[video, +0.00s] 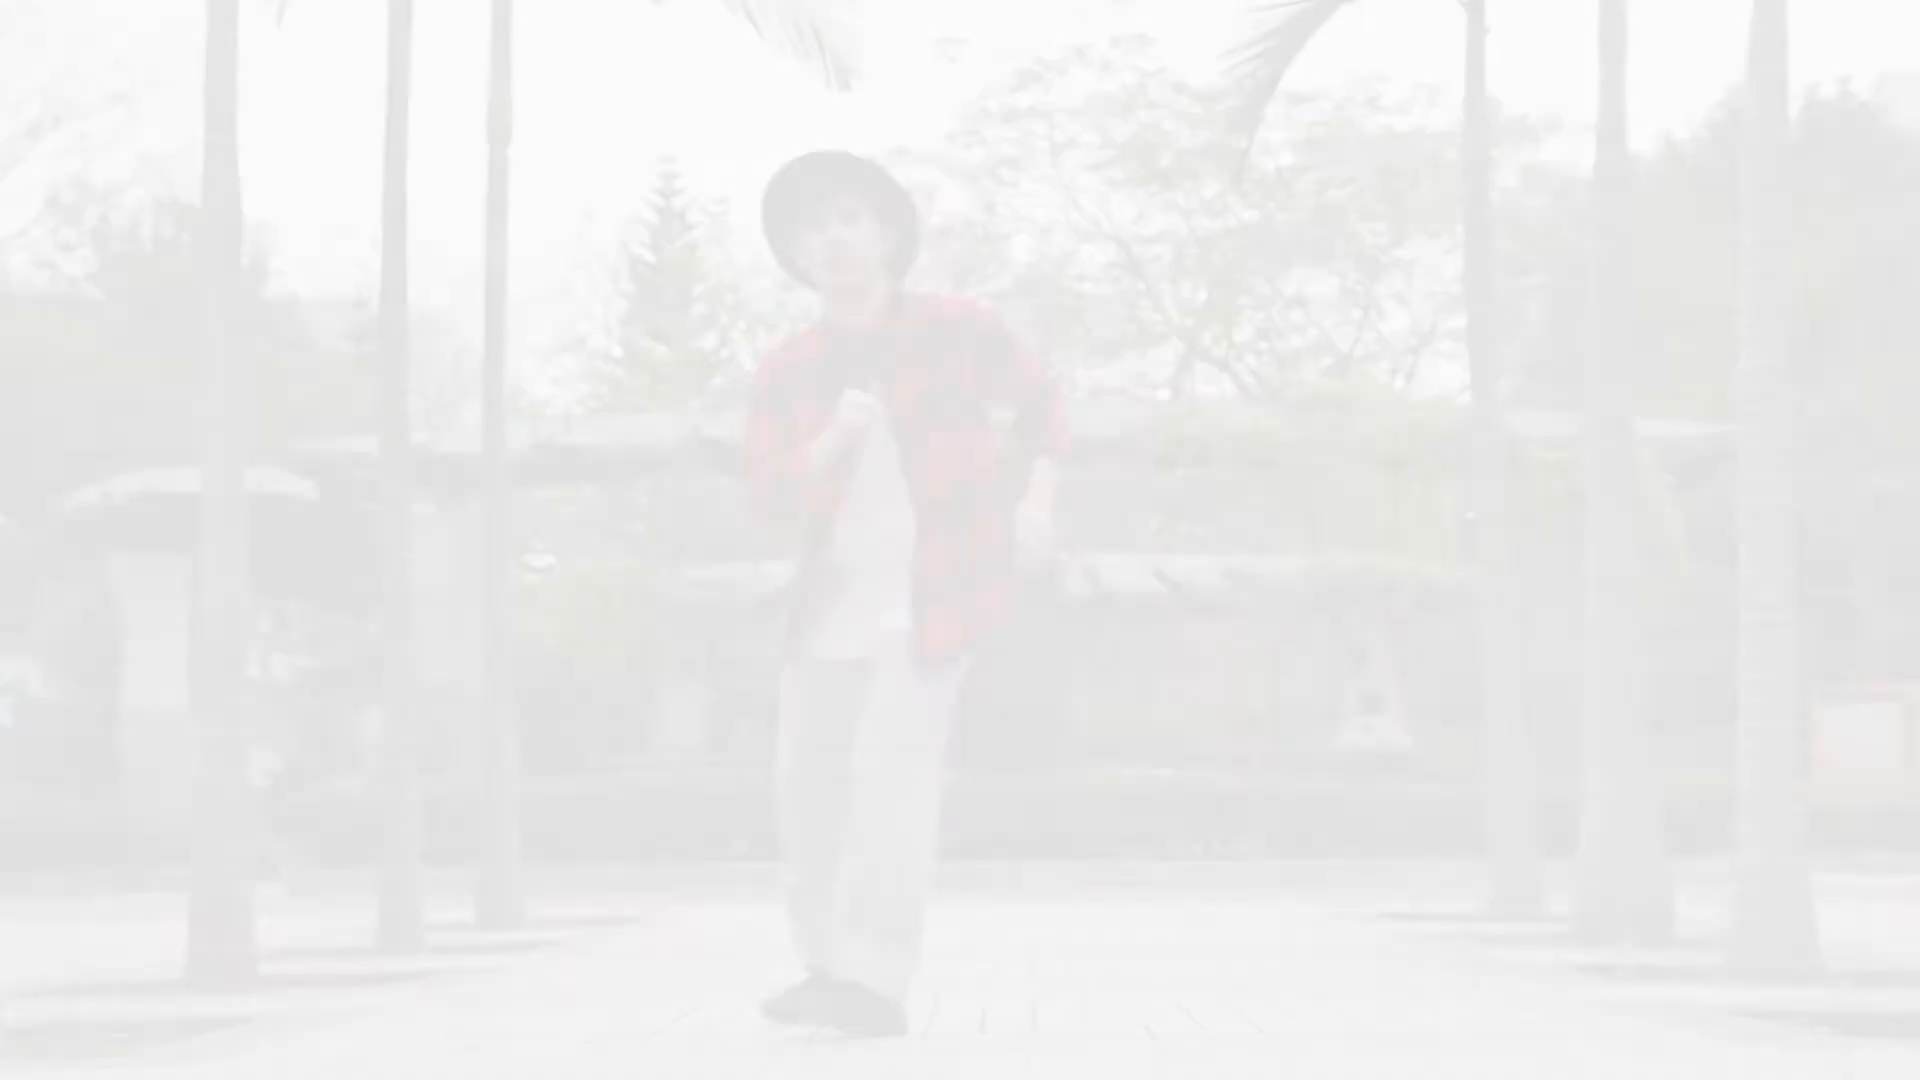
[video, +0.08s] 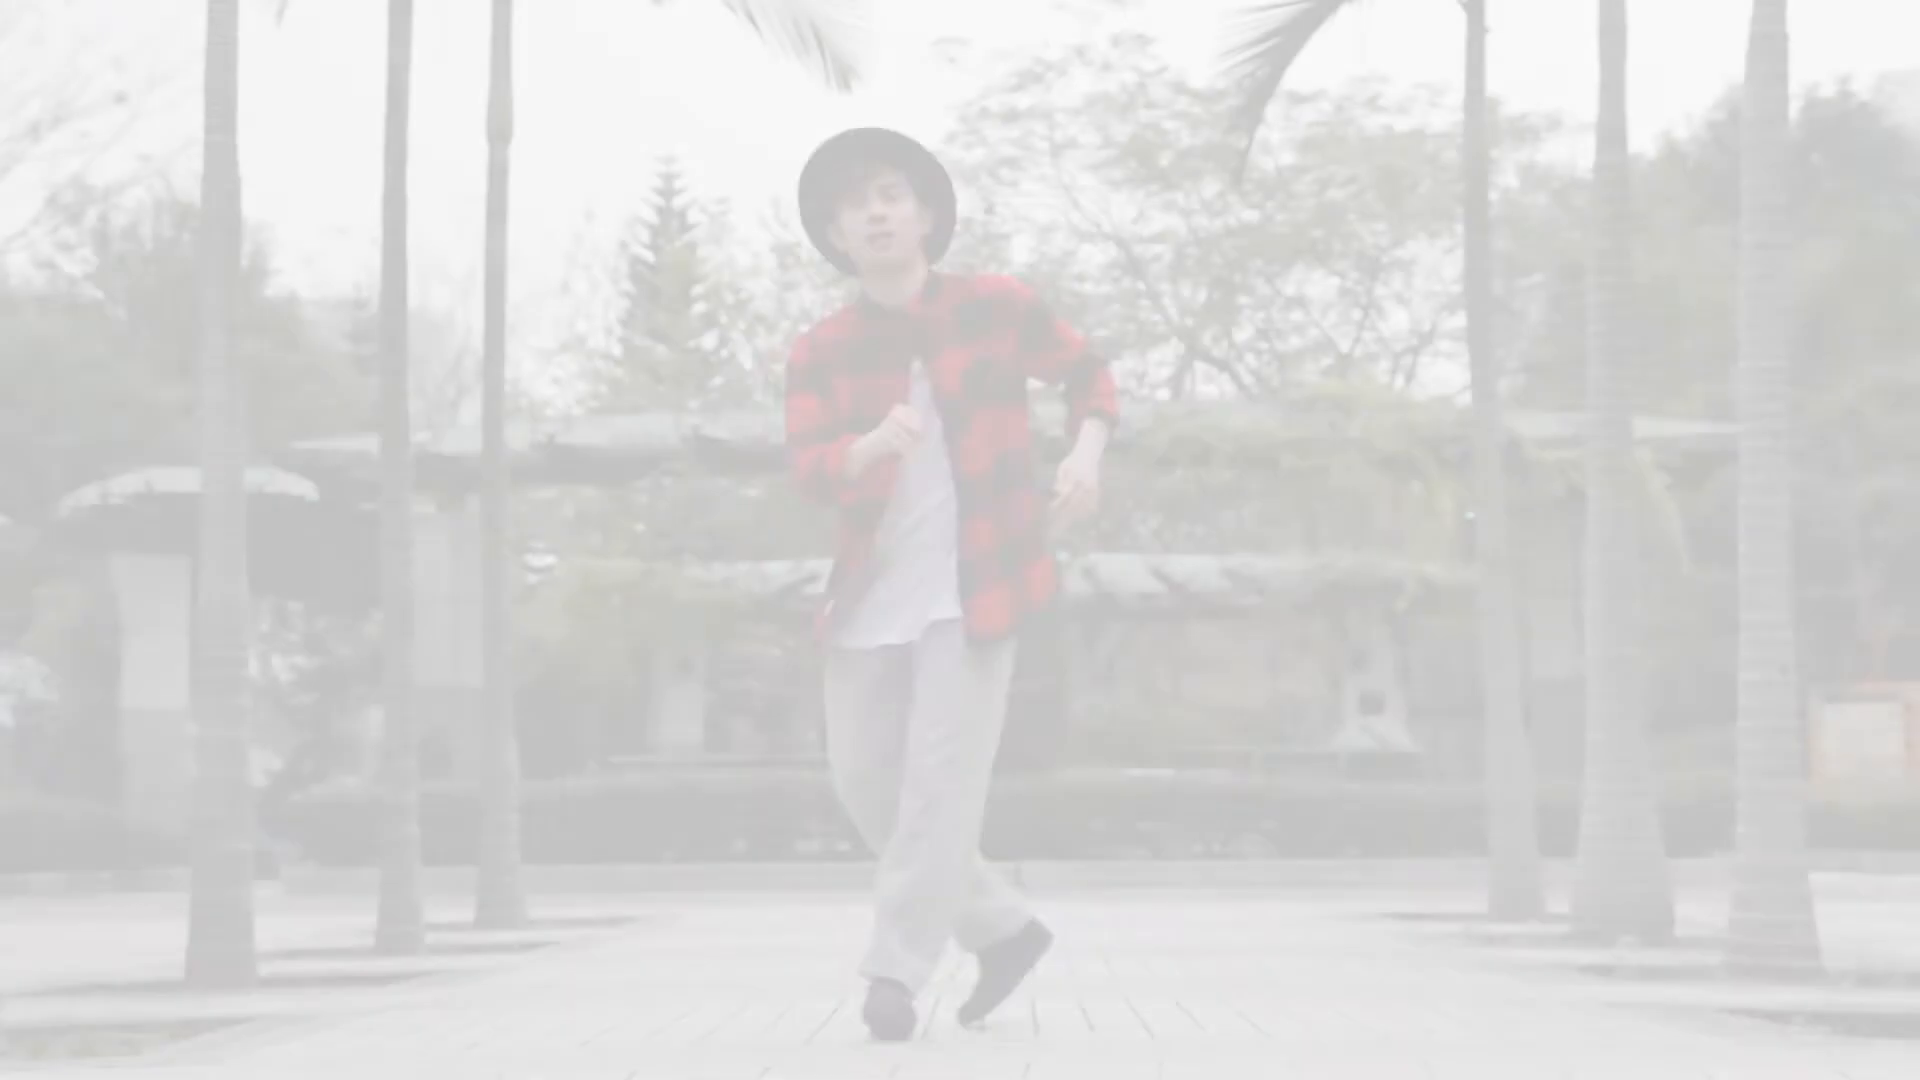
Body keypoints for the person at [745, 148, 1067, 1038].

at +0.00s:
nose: (839, 247)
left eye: (854, 224)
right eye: (817, 233)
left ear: (895, 233)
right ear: (798, 258)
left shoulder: (962, 332)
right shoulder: (790, 368)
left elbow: (1043, 415)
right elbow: (775, 502)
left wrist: (1029, 512)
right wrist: (833, 441)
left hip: (933, 596)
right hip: (831, 599)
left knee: (893, 779)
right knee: (806, 776)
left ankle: (876, 978)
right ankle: (826, 966)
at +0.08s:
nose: (876, 217)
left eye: (893, 196)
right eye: (851, 206)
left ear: (930, 213)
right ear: (831, 237)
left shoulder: (1000, 308)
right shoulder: (821, 349)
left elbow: (1089, 373)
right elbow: (811, 469)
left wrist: (1086, 454)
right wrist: (864, 449)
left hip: (972, 587)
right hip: (870, 596)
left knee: (941, 774)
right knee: (860, 775)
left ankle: (895, 972)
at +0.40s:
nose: (1016, 211)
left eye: (1032, 193)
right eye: (994, 202)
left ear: (1069, 215)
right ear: (973, 238)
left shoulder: (1136, 322)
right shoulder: (964, 360)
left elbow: (1178, 452)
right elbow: (949, 494)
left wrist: (1103, 398)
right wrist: (941, 606)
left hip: (1130, 588)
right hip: (1026, 606)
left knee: (1129, 727)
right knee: (1063, 796)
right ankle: (1167, 982)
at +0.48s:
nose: (1035, 197)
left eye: (1052, 180)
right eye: (1012, 186)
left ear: (1087, 201)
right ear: (991, 220)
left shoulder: (1149, 305)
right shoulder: (984, 341)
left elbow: (1190, 436)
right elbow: (971, 477)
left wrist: (1101, 390)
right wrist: (950, 580)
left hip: (1164, 573)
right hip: (1060, 593)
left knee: (1196, 736)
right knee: (1089, 791)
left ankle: (1257, 935)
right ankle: (1162, 983)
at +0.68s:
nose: (1072, 206)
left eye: (1092, 190)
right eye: (1053, 193)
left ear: (1129, 214)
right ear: (1033, 223)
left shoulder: (1169, 310)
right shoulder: (1047, 349)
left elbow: (1201, 442)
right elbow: (1043, 466)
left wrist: (1128, 526)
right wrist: (977, 540)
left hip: (1229, 578)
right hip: (1127, 602)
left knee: (1324, 765)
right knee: (1104, 794)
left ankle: (1393, 964)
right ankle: (1163, 985)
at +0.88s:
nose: (1103, 207)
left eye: (1129, 198)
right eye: (1088, 190)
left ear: (1157, 234)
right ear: (1060, 216)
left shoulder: (1187, 330)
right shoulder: (1047, 352)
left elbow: (1234, 459)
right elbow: (1037, 483)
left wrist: (1232, 579)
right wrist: (950, 504)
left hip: (1231, 603)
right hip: (1123, 621)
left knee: (1308, 788)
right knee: (1105, 798)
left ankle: (1382, 971)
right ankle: (1164, 985)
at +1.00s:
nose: (1126, 181)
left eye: (1151, 174)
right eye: (1110, 164)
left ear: (1173, 212)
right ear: (1074, 188)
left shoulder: (1208, 313)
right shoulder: (1019, 320)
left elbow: (1288, 431)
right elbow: (964, 431)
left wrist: (1279, 547)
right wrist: (927, 454)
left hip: (1203, 582)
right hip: (1085, 595)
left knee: (1249, 743)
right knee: (1091, 778)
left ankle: (1263, 950)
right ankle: (1156, 979)